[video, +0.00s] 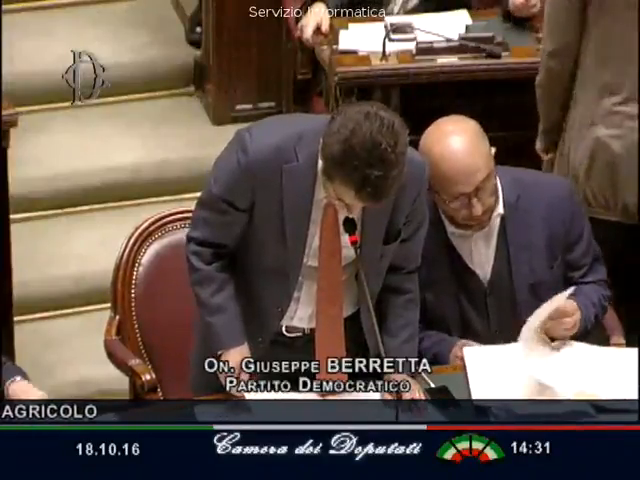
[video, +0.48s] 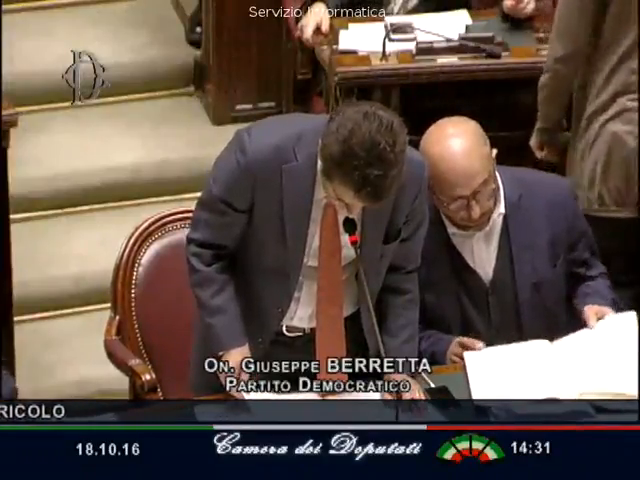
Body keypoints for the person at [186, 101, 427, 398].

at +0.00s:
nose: (352, 213)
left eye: (366, 205)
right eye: (342, 200)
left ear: (394, 176)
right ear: (324, 161)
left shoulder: (410, 176)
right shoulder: (256, 156)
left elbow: (403, 276)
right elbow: (206, 247)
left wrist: (401, 366)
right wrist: (231, 342)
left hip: (351, 336)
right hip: (264, 340)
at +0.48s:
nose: (352, 213)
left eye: (365, 204)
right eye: (342, 200)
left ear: (392, 175)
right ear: (323, 161)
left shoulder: (409, 176)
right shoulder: (256, 156)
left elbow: (403, 276)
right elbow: (206, 249)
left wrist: (401, 366)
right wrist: (232, 343)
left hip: (351, 335)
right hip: (266, 339)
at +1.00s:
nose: (356, 213)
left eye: (369, 204)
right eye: (346, 200)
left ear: (396, 174)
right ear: (325, 160)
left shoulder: (408, 175)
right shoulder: (255, 157)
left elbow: (402, 276)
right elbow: (206, 250)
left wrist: (400, 366)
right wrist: (231, 344)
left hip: (350, 337)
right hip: (263, 341)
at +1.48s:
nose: (361, 213)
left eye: (374, 204)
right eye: (351, 200)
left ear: (399, 175)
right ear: (328, 161)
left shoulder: (408, 176)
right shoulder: (255, 157)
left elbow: (402, 275)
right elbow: (206, 251)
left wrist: (400, 366)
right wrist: (231, 345)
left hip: (349, 336)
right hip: (262, 341)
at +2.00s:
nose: (359, 213)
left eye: (372, 204)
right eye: (349, 200)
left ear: (399, 176)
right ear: (328, 161)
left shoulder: (408, 176)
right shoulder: (256, 156)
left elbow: (403, 275)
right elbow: (206, 250)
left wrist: (400, 366)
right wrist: (231, 344)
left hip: (350, 336)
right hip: (263, 340)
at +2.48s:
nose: (357, 213)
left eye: (370, 205)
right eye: (348, 201)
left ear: (398, 175)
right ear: (326, 161)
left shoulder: (409, 176)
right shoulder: (256, 157)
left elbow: (403, 276)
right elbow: (206, 250)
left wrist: (400, 366)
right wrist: (231, 344)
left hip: (351, 336)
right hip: (264, 340)